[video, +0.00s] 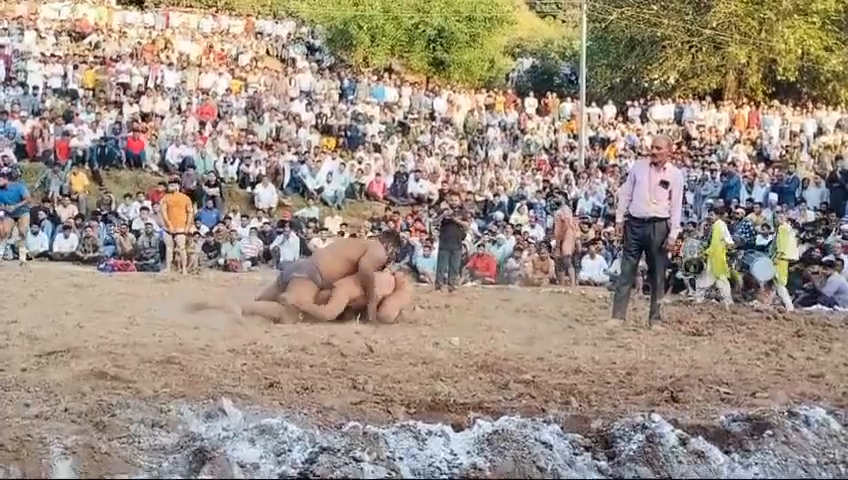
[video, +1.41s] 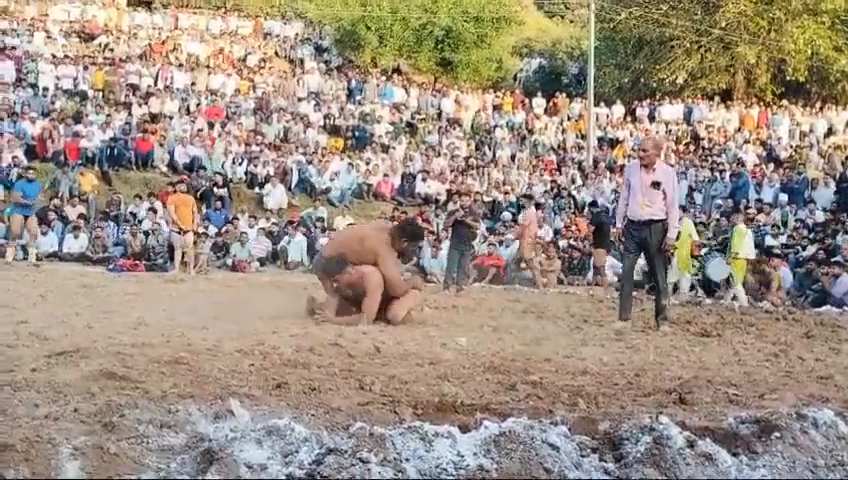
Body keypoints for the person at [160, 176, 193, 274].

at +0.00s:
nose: (172, 187)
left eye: (174, 185)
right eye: (170, 185)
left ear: (178, 186)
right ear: (168, 186)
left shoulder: (185, 198)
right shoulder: (165, 198)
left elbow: (190, 213)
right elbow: (163, 212)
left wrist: (187, 226)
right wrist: (168, 224)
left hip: (181, 227)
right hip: (168, 227)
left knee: (181, 249)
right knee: (169, 248)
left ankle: (184, 268)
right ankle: (168, 267)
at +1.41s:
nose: (183, 187)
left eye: (184, 185)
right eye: (180, 185)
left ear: (186, 186)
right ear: (176, 186)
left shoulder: (191, 198)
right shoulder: (172, 198)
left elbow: (195, 213)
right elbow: (172, 213)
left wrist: (195, 225)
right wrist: (180, 225)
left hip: (188, 228)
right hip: (176, 228)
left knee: (190, 249)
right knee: (177, 249)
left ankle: (191, 269)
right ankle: (176, 268)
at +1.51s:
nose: (191, 190)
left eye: (192, 188)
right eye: (188, 188)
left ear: (194, 189)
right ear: (184, 190)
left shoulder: (199, 202)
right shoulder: (180, 202)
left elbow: (203, 216)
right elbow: (179, 217)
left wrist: (202, 228)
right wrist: (188, 228)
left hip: (196, 231)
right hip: (184, 231)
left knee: (197, 252)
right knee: (185, 252)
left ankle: (199, 271)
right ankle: (185, 271)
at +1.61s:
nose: (204, 196)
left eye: (205, 194)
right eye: (201, 194)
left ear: (208, 195)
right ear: (198, 195)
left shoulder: (211, 207)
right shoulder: (193, 207)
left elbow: (215, 221)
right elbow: (192, 222)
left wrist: (215, 233)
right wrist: (200, 233)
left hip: (209, 236)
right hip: (197, 236)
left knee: (210, 257)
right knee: (198, 256)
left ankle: (212, 276)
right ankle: (198, 276)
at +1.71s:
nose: (218, 202)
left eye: (219, 199)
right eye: (215, 199)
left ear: (221, 201)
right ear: (211, 201)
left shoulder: (225, 213)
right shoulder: (207, 212)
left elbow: (229, 227)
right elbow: (206, 227)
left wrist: (229, 238)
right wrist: (214, 238)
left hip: (223, 241)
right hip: (211, 241)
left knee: (224, 262)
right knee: (212, 262)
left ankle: (226, 282)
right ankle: (212, 281)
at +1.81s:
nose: (231, 206)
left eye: (232, 204)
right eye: (229, 204)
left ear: (234, 205)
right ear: (224, 206)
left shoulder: (237, 217)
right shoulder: (219, 217)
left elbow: (241, 230)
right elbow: (218, 233)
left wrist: (240, 242)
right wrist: (227, 243)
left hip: (235, 246)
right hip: (223, 246)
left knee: (236, 268)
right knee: (224, 268)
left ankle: (238, 287)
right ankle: (224, 287)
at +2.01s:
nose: (223, 212)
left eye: (224, 210)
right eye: (221, 210)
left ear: (226, 212)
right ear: (216, 212)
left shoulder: (229, 223)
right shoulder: (210, 224)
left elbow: (232, 236)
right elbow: (208, 239)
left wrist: (232, 247)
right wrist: (217, 249)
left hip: (227, 252)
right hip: (214, 252)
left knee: (228, 273)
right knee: (216, 274)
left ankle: (230, 294)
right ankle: (216, 293)